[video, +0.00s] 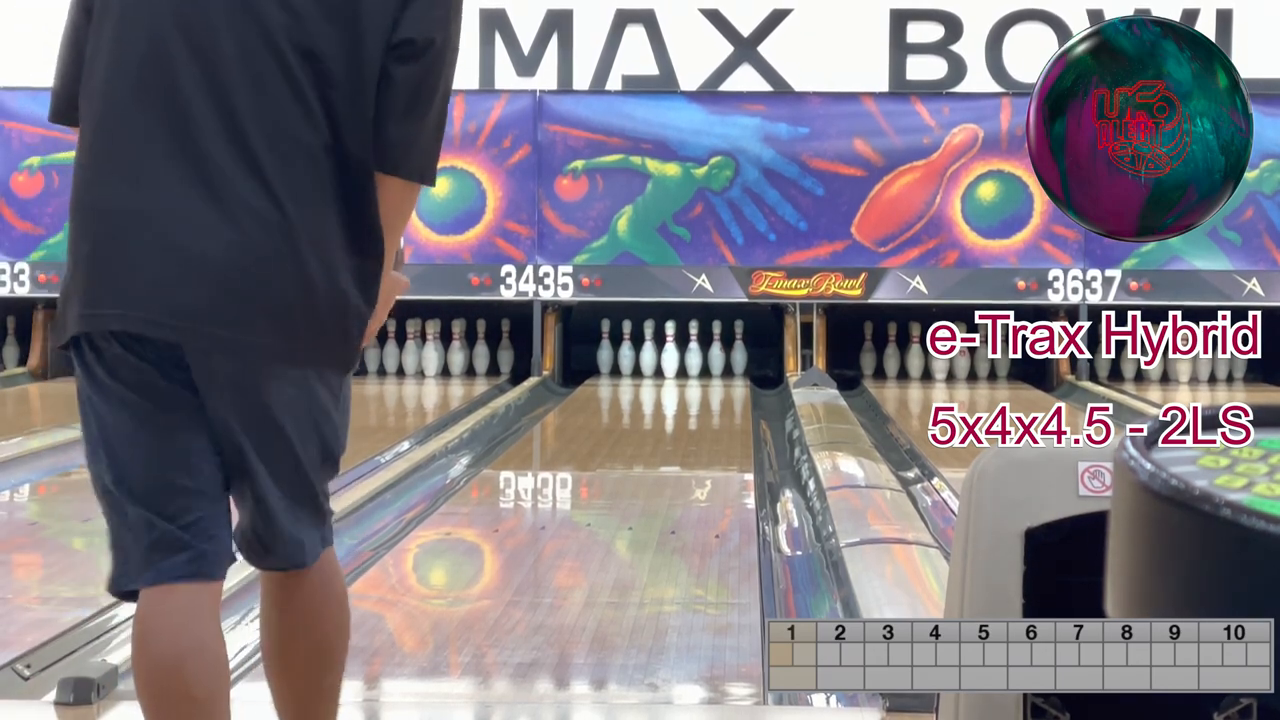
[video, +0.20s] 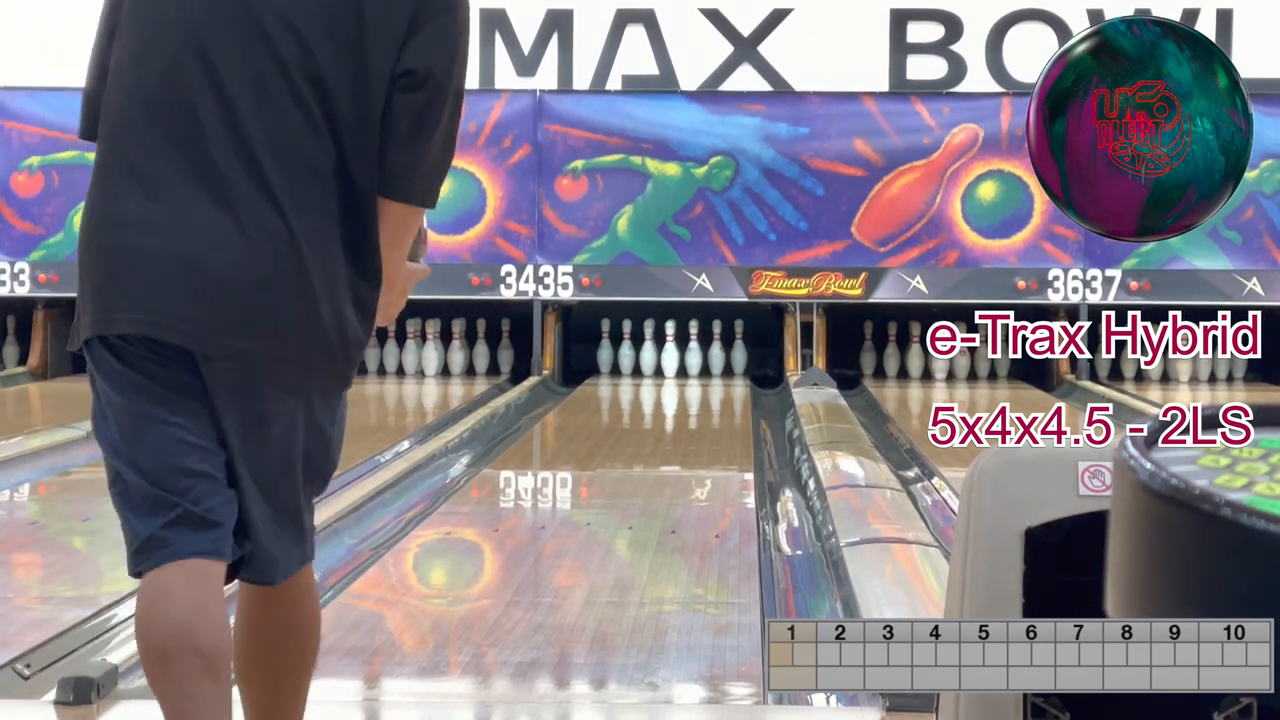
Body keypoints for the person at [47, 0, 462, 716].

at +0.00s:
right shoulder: (414, 4)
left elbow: (83, 98)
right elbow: (406, 129)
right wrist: (376, 261)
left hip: (117, 258)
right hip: (287, 266)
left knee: (170, 567)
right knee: (296, 543)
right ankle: (310, 717)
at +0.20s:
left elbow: (106, 108)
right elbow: (412, 142)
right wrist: (388, 271)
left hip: (129, 258)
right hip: (291, 271)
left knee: (176, 542)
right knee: (279, 549)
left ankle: (198, 712)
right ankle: (273, 716)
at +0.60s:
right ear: (419, 2)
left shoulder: (266, 15)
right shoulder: (439, 57)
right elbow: (395, 255)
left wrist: (293, 342)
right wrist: (389, 403)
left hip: (100, 263)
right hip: (217, 287)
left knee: (177, 513)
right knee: (273, 538)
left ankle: (201, 710)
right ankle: (266, 718)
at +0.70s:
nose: (448, 14)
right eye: (447, 11)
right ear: (435, 6)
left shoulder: (304, 37)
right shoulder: (446, 70)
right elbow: (389, 231)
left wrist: (266, 356)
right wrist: (374, 386)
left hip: (96, 256)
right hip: (191, 279)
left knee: (176, 521)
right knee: (230, 533)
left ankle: (191, 710)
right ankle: (221, 711)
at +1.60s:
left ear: (361, 115)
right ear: (448, 121)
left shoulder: (303, 157)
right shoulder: (460, 162)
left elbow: (181, 272)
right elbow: (528, 158)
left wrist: (180, 343)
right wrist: (474, 76)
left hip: (219, 271)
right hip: (311, 276)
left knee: (285, 465)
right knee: (225, 436)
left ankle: (311, 668)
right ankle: (51, 372)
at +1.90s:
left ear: (353, 25)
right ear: (444, 32)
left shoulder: (291, 97)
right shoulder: (453, 85)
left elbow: (194, 225)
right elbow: (542, 80)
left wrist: (222, 298)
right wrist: (482, 5)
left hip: (225, 260)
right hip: (321, 256)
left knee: (282, 465)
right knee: (285, 446)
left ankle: (313, 672)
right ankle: (138, 555)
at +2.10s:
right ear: (425, 2)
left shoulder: (284, 53)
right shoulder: (444, 39)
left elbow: (193, 174)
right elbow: (546, 49)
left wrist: (201, 257)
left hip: (225, 254)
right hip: (320, 248)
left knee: (276, 468)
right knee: (296, 450)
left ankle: (312, 671)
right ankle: (141, 577)